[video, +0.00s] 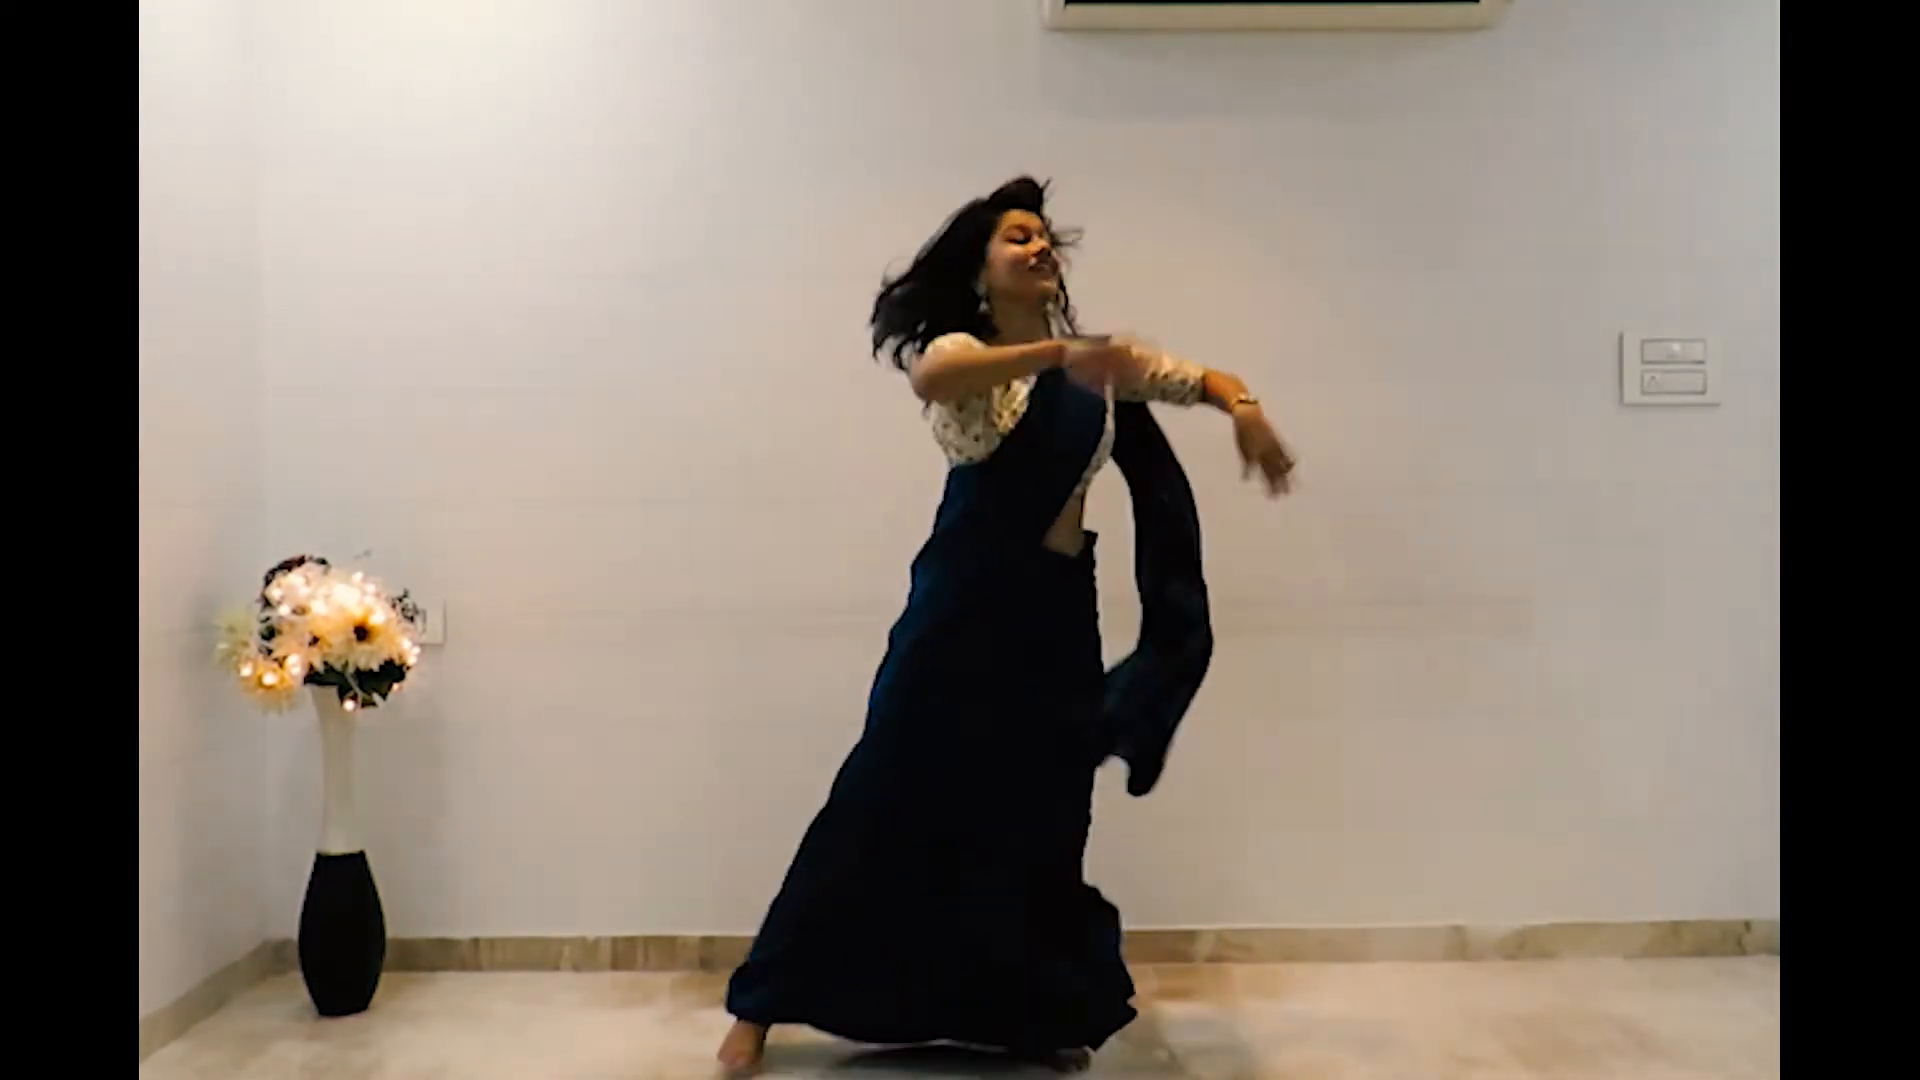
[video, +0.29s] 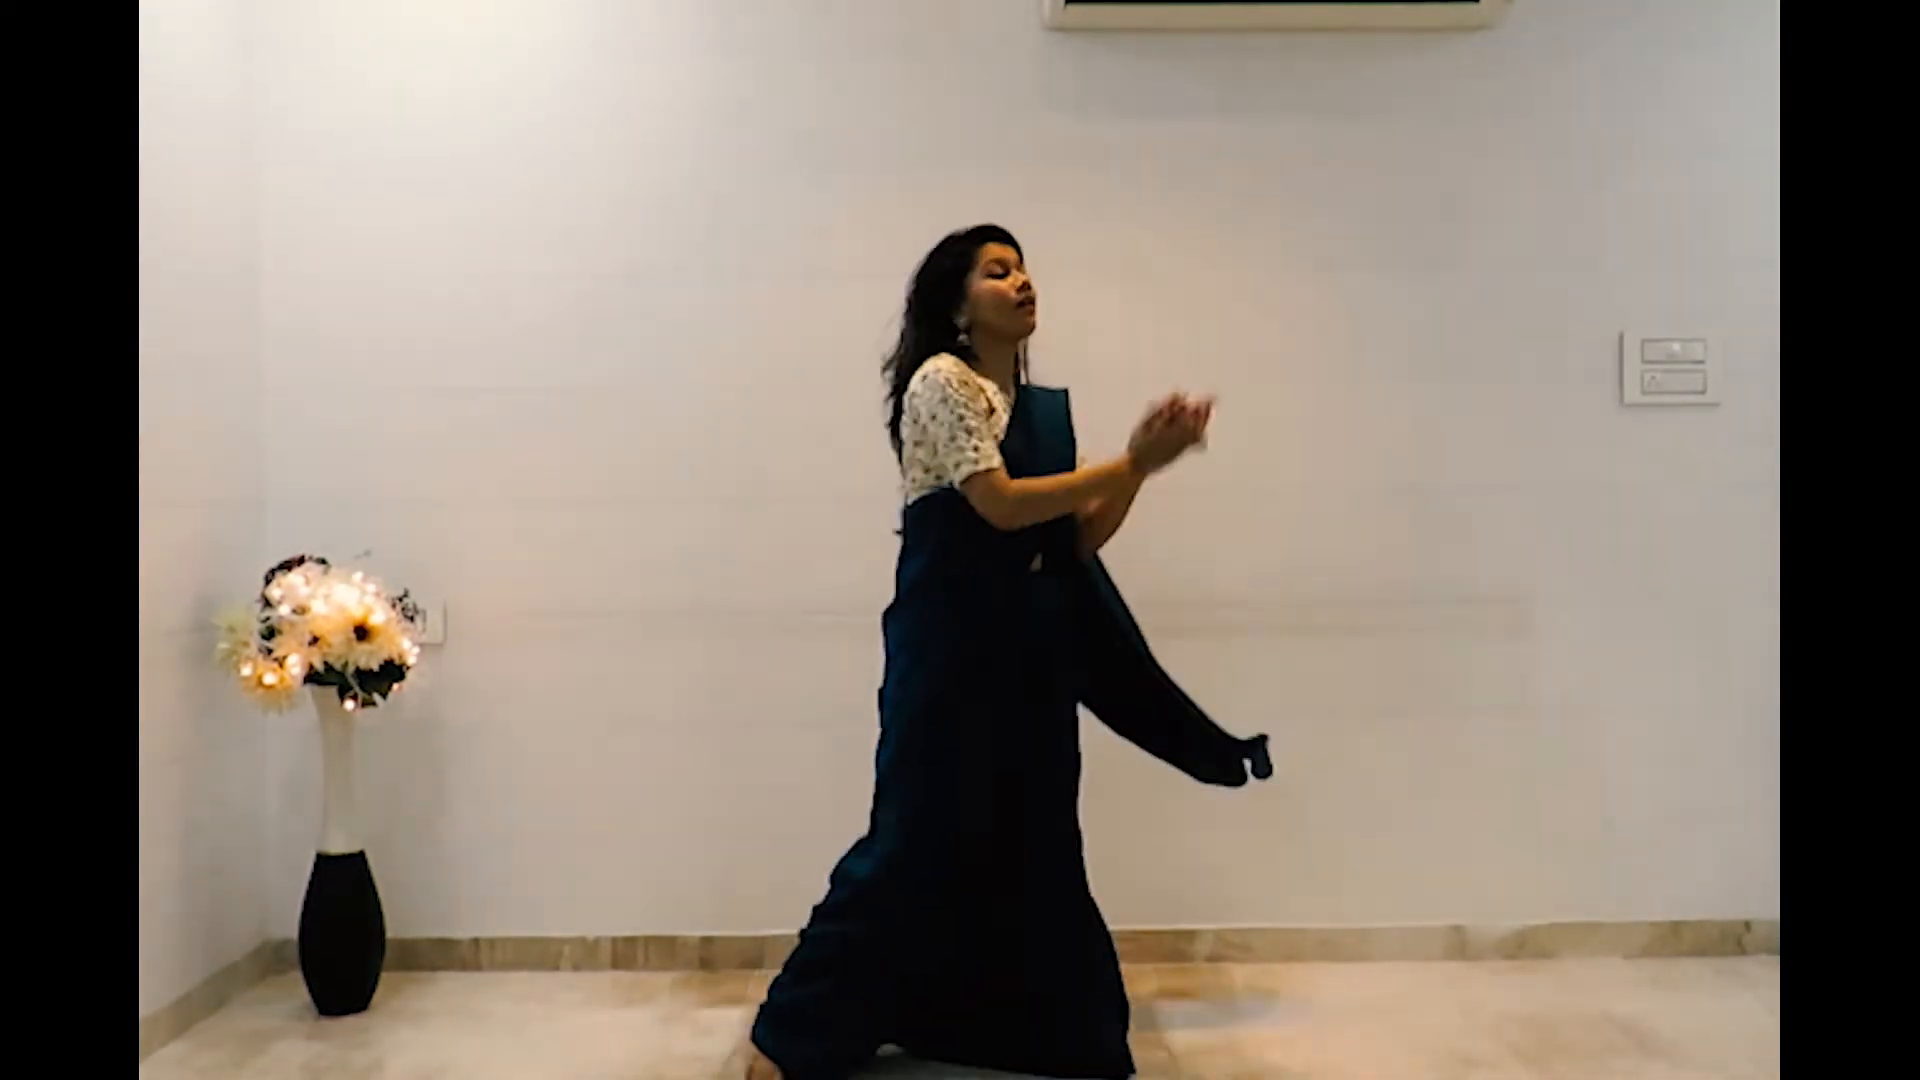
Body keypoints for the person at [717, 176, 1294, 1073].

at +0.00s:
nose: (1039, 246)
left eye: (1046, 238)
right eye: (1017, 238)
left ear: (1059, 267)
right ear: (978, 271)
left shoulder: (1088, 359)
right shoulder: (962, 351)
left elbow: (1188, 379)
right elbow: (932, 369)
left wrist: (1244, 406)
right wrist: (1057, 354)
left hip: (1058, 599)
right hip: (966, 595)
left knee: (1046, 805)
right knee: (876, 794)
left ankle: (1032, 1011)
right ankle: (754, 1010)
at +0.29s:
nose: (1022, 282)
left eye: (1024, 269)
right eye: (998, 271)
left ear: (1030, 301)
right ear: (954, 302)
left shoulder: (1034, 406)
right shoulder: (941, 383)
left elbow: (1082, 535)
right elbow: (999, 503)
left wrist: (1143, 462)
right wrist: (1123, 466)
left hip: (1022, 656)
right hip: (945, 653)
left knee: (1036, 846)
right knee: (916, 846)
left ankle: (1079, 1041)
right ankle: (790, 1039)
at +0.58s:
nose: (956, 262)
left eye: (971, 243)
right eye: (943, 259)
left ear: (1024, 250)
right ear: (942, 280)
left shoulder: (1080, 364)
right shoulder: (950, 348)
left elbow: (1130, 481)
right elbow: (1021, 450)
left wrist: (1223, 422)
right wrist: (1126, 368)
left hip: (1006, 606)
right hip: (905, 586)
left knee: (1016, 800)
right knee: (819, 766)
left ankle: (1020, 1013)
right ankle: (706, 963)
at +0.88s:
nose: (944, 293)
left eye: (960, 275)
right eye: (930, 290)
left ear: (1009, 284)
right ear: (926, 313)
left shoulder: (1063, 406)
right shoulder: (934, 372)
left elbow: (1116, 519)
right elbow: (991, 477)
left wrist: (1227, 489)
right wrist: (1126, 467)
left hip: (1002, 631)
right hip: (911, 621)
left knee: (1036, 811)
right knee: (867, 811)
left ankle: (1022, 1019)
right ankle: (768, 1022)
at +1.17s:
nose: (952, 267)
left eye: (965, 249)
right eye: (939, 263)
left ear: (1013, 252)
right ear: (936, 285)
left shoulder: (1077, 359)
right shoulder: (943, 352)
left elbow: (1124, 489)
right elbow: (1006, 455)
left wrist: (1235, 463)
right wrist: (1122, 389)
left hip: (1003, 606)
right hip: (912, 593)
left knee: (1018, 806)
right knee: (840, 785)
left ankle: (1019, 1020)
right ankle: (719, 990)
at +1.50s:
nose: (1080, 230)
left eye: (1069, 218)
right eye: (1061, 223)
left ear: (1031, 262)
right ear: (1029, 258)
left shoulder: (1055, 331)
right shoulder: (1034, 336)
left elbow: (1136, 379)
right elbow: (1148, 382)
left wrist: (1130, 315)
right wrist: (1127, 309)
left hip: (1053, 597)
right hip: (1015, 597)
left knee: (1072, 790)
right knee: (1029, 796)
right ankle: (894, 970)